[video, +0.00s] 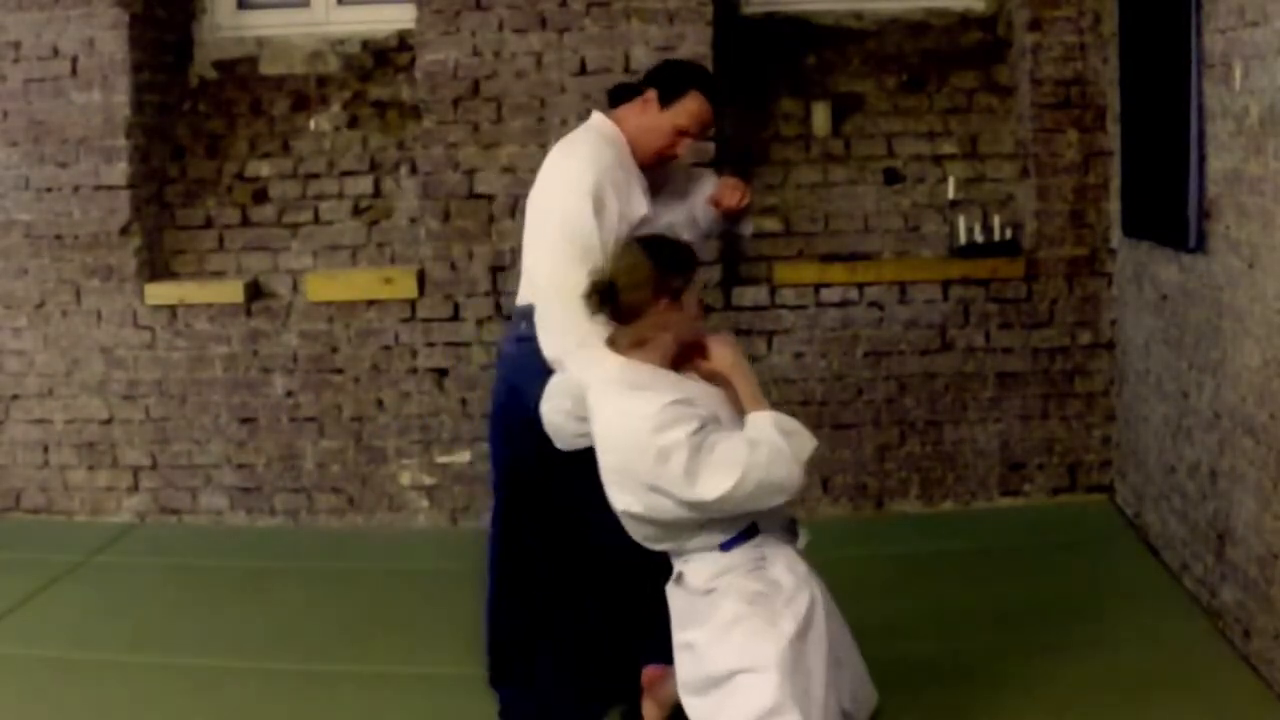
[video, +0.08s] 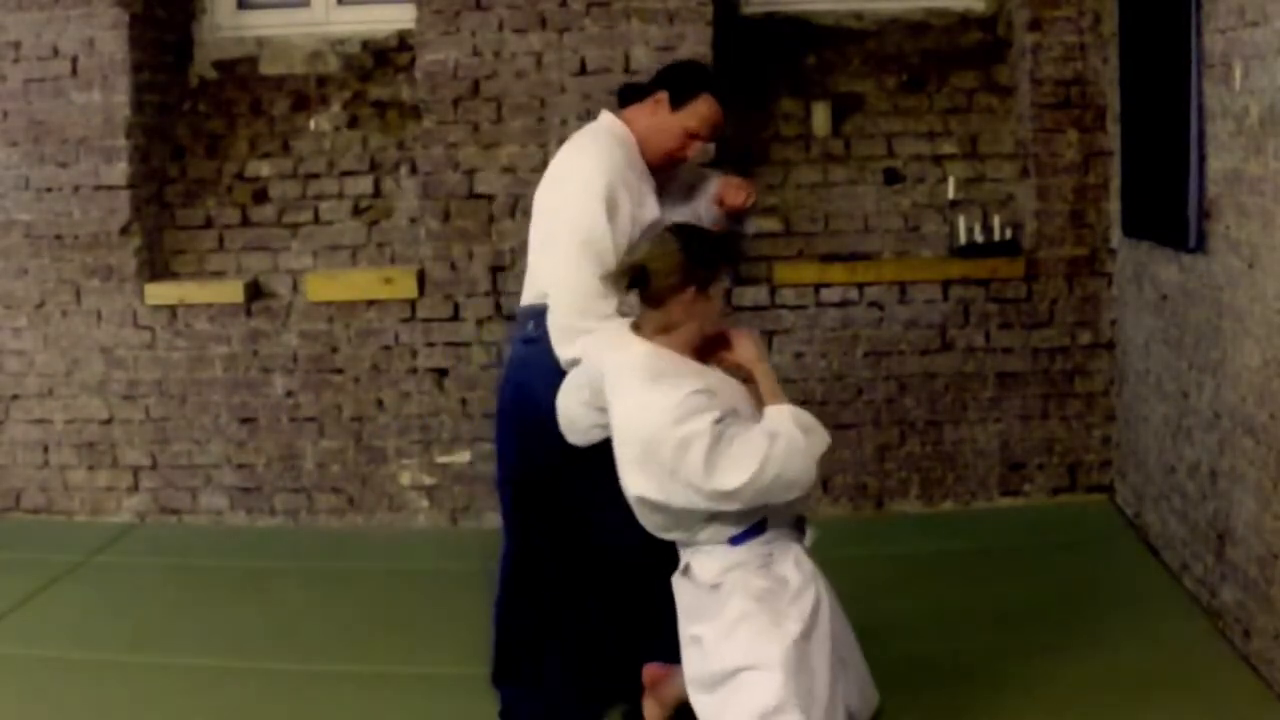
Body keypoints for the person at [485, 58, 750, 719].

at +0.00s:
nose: (682, 149)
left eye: (693, 139)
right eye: (684, 131)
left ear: (649, 105)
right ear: (650, 102)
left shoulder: (617, 161)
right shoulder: (581, 165)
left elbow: (642, 217)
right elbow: (564, 306)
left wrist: (706, 201)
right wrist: (627, 397)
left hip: (590, 363)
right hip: (548, 367)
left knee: (604, 540)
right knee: (558, 548)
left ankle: (598, 692)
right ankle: (549, 697)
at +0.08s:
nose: (695, 153)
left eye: (705, 142)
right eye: (694, 135)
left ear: (657, 106)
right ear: (659, 103)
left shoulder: (623, 157)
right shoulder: (592, 162)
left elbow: (653, 210)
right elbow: (580, 306)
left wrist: (711, 200)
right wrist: (654, 380)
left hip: (593, 362)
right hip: (555, 368)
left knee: (612, 536)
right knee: (564, 545)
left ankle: (604, 688)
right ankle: (552, 697)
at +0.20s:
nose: (702, 153)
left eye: (712, 142)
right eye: (704, 134)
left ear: (667, 105)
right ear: (672, 103)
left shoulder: (625, 148)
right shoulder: (609, 157)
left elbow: (660, 205)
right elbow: (590, 295)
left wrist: (719, 191)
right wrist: (655, 363)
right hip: (564, 357)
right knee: (576, 534)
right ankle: (555, 693)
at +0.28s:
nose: (706, 154)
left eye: (717, 143)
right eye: (708, 135)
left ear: (672, 103)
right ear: (677, 102)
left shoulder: (624, 147)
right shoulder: (614, 156)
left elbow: (658, 229)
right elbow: (597, 296)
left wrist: (721, 197)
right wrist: (680, 339)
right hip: (568, 356)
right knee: (579, 535)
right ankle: (558, 693)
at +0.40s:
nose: (710, 156)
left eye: (721, 144)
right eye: (711, 136)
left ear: (677, 106)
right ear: (680, 103)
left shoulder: (627, 147)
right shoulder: (619, 155)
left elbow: (662, 227)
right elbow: (599, 291)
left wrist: (726, 198)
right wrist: (660, 363)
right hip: (571, 358)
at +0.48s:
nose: (711, 156)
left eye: (721, 145)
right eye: (711, 137)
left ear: (675, 107)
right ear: (679, 104)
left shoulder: (623, 146)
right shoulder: (620, 157)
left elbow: (662, 230)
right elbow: (603, 293)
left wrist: (728, 199)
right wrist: (663, 383)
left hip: (566, 351)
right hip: (574, 360)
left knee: (569, 537)